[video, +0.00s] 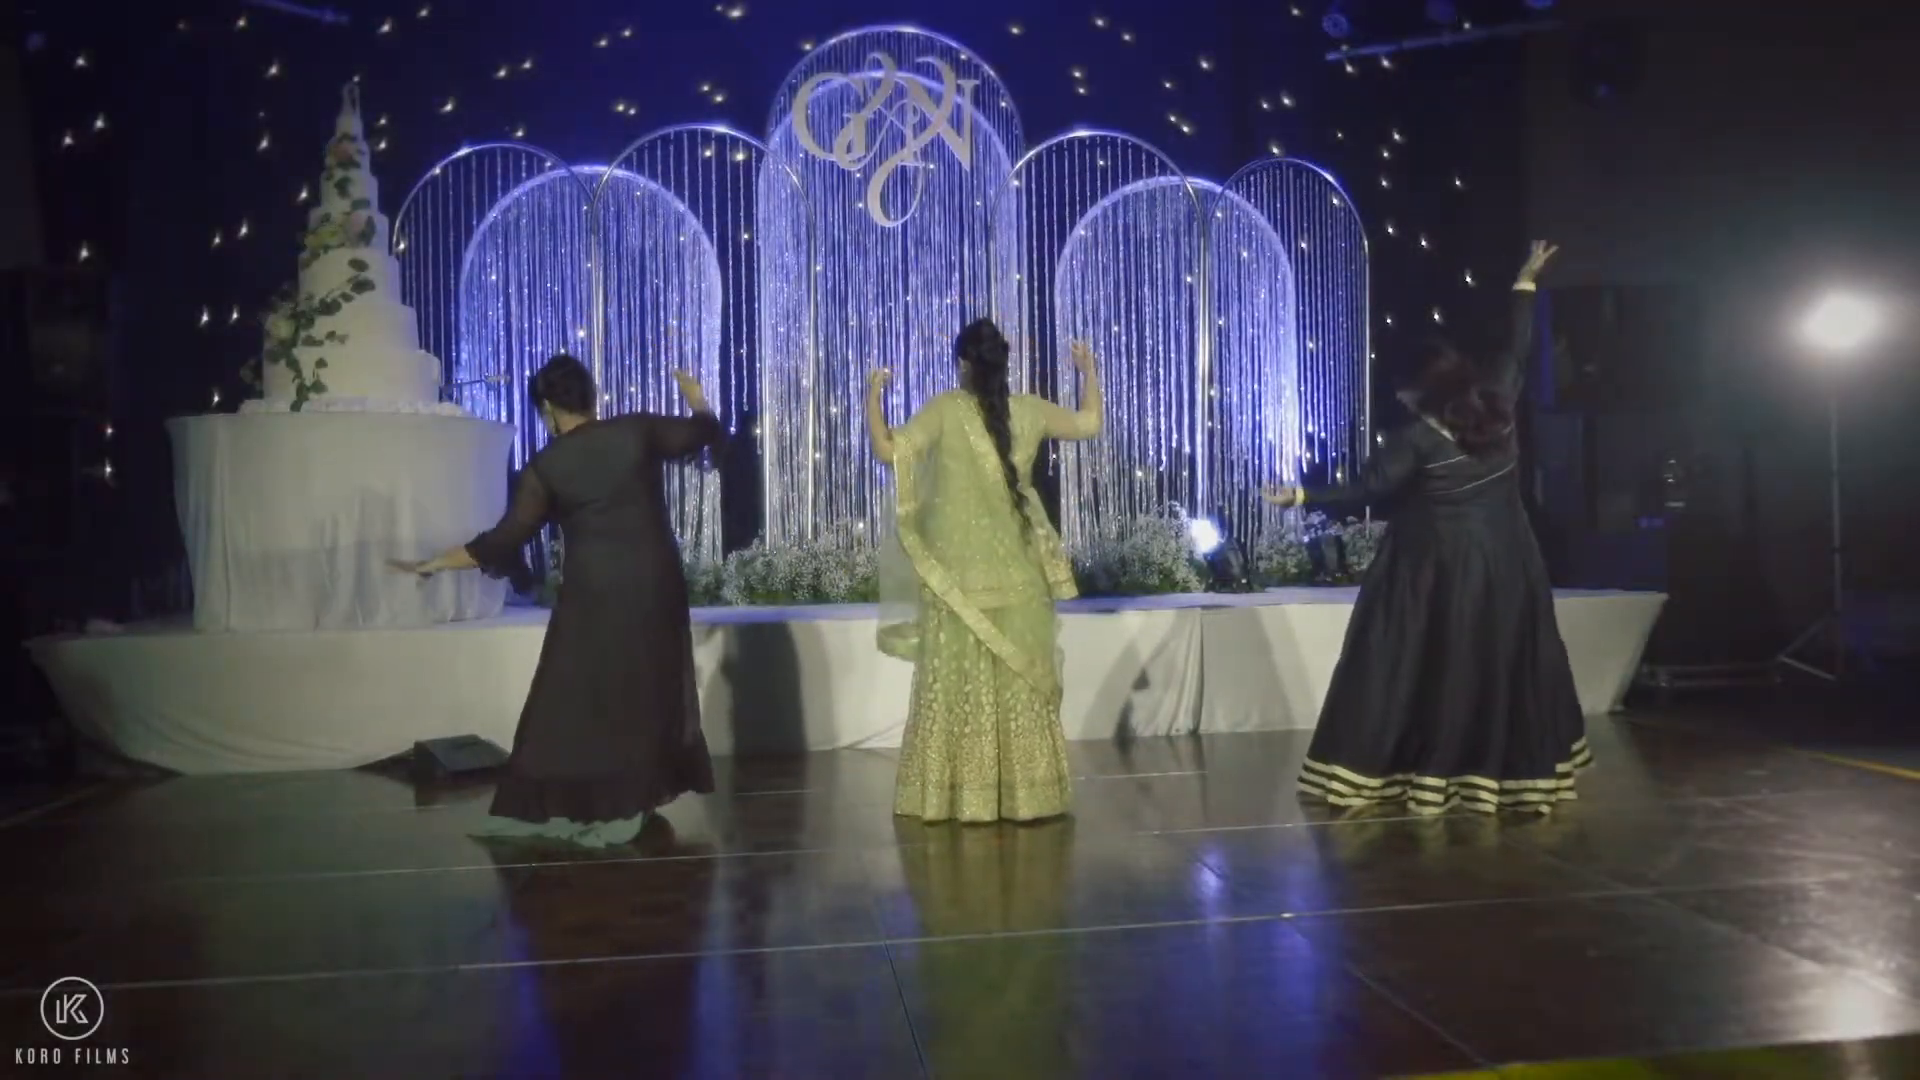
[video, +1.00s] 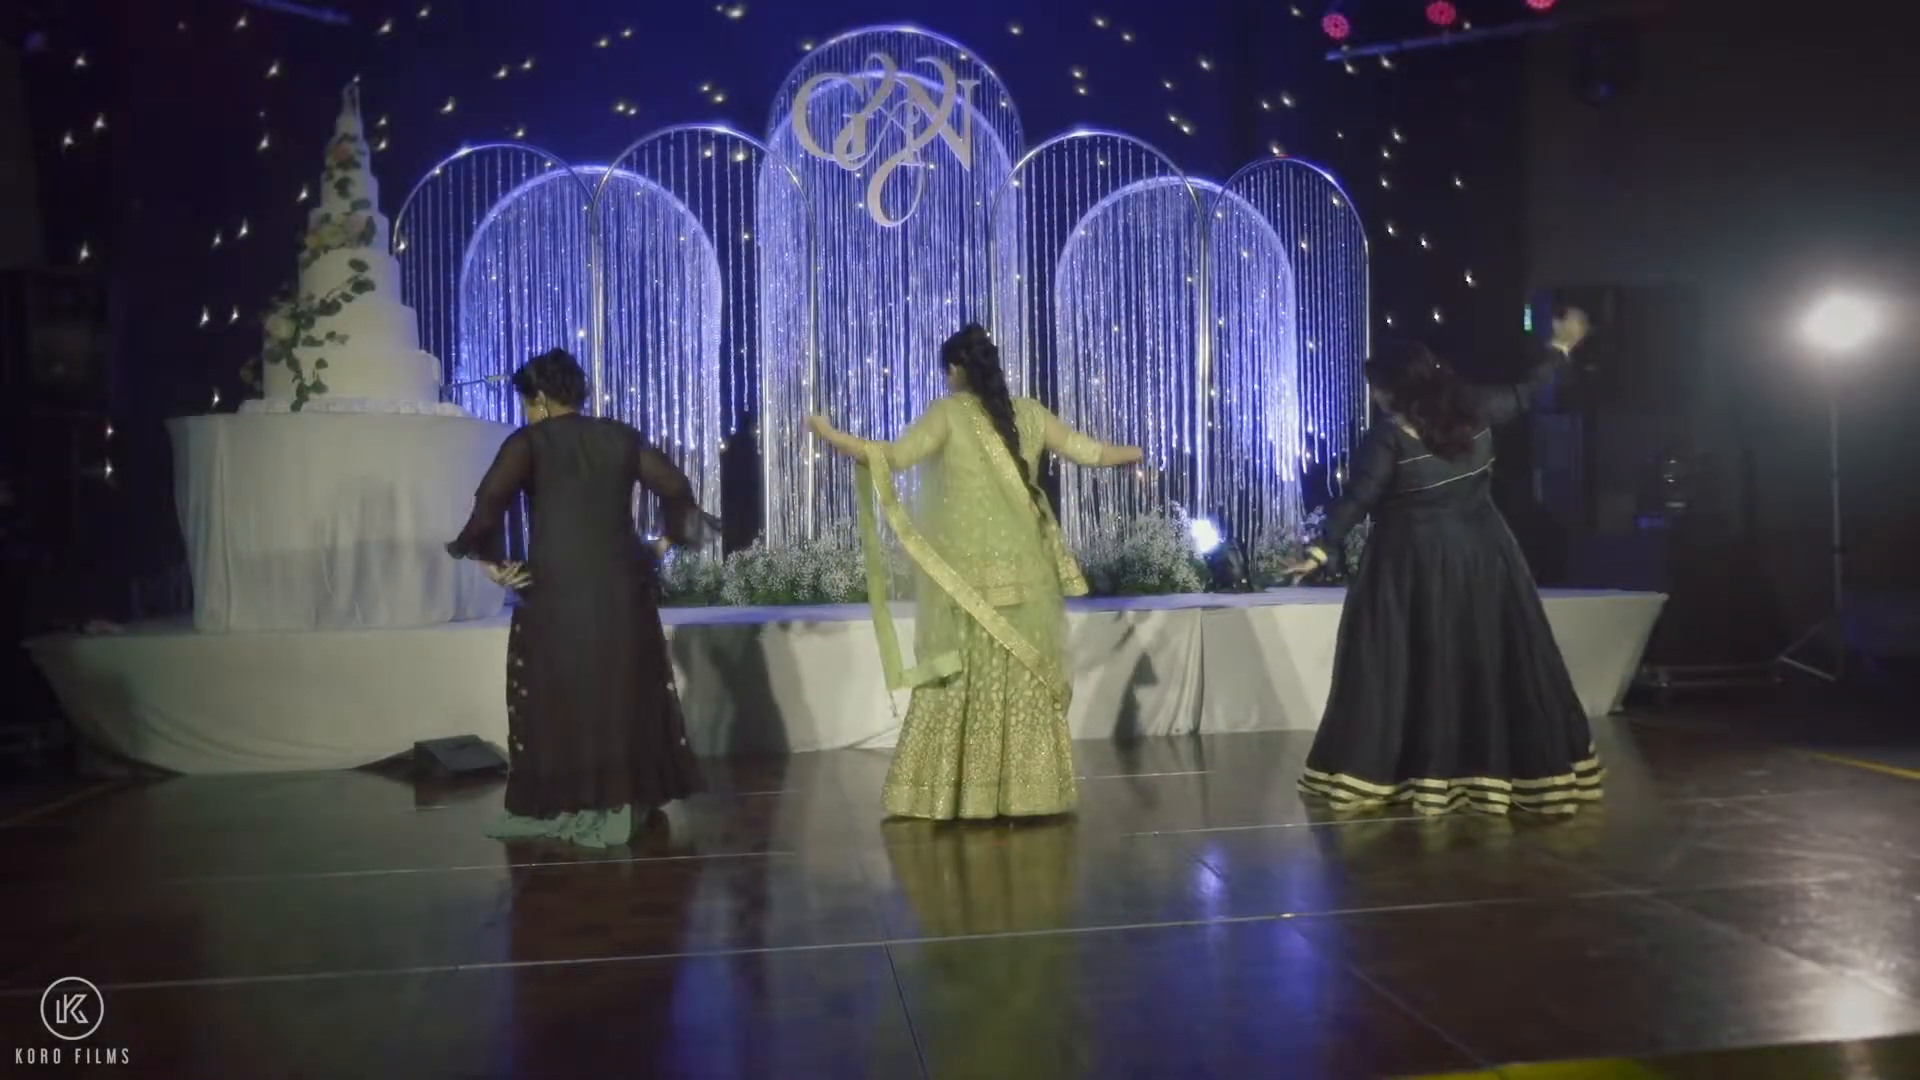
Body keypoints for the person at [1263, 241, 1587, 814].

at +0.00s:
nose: (1401, 398)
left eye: (1403, 390)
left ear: (1415, 391)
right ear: (1463, 375)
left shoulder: (1415, 439)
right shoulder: (1497, 409)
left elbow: (1368, 491)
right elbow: (1516, 349)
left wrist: (1305, 496)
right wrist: (1526, 283)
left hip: (1439, 568)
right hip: (1508, 561)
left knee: (1427, 670)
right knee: (1505, 669)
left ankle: (1427, 783)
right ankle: (1507, 783)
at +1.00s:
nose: (1371, 396)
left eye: (1374, 388)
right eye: (1371, 387)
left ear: (1392, 388)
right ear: (1430, 377)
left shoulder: (1389, 436)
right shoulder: (1475, 410)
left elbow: (1360, 497)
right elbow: (1529, 391)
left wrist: (1321, 547)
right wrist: (1562, 346)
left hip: (1416, 556)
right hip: (1482, 551)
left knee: (1414, 662)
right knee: (1486, 660)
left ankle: (1419, 781)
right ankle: (1494, 778)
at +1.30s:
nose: (1336, 397)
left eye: (1339, 388)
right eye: (1335, 388)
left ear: (1362, 386)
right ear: (1386, 383)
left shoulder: (1369, 424)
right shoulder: (1424, 420)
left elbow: (1352, 468)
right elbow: (1458, 428)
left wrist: (1331, 497)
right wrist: (1496, 422)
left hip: (1386, 549)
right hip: (1438, 545)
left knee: (1379, 660)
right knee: (1445, 658)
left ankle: (1376, 774)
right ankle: (1453, 772)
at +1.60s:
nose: (1269, 393)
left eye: (1275, 383)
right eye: (1268, 384)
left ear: (1301, 383)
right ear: (1298, 387)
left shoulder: (1323, 424)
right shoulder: (1296, 429)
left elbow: (1338, 473)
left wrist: (1338, 500)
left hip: (1318, 562)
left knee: (1318, 666)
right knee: (1297, 666)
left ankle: (1333, 773)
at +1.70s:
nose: (1245, 388)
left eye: (1253, 379)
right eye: (1245, 380)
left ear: (1280, 381)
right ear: (1259, 386)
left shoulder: (1307, 426)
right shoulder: (1249, 437)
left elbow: (1327, 471)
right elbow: (1228, 498)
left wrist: (1333, 502)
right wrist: (1197, 539)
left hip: (1301, 559)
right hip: (1252, 560)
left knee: (1303, 663)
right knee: (1257, 662)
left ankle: (1321, 770)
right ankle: (1264, 767)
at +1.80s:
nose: (1224, 387)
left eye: (1233, 378)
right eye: (1222, 379)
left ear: (1261, 381)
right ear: (1224, 386)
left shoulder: (1294, 428)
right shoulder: (1213, 442)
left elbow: (1319, 476)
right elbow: (1189, 504)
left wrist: (1324, 512)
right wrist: (1162, 551)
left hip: (1283, 563)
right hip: (1224, 567)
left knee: (1286, 659)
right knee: (1223, 660)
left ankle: (1294, 763)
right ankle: (1232, 761)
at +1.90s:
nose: (1205, 383)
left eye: (1216, 376)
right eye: (1202, 376)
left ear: (1241, 383)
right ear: (1198, 384)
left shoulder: (1276, 432)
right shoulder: (1182, 440)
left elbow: (1299, 488)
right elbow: (1159, 500)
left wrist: (1306, 532)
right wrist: (1141, 550)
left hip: (1264, 568)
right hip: (1197, 567)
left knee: (1271, 664)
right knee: (1199, 664)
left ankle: (1277, 768)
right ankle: (1207, 766)